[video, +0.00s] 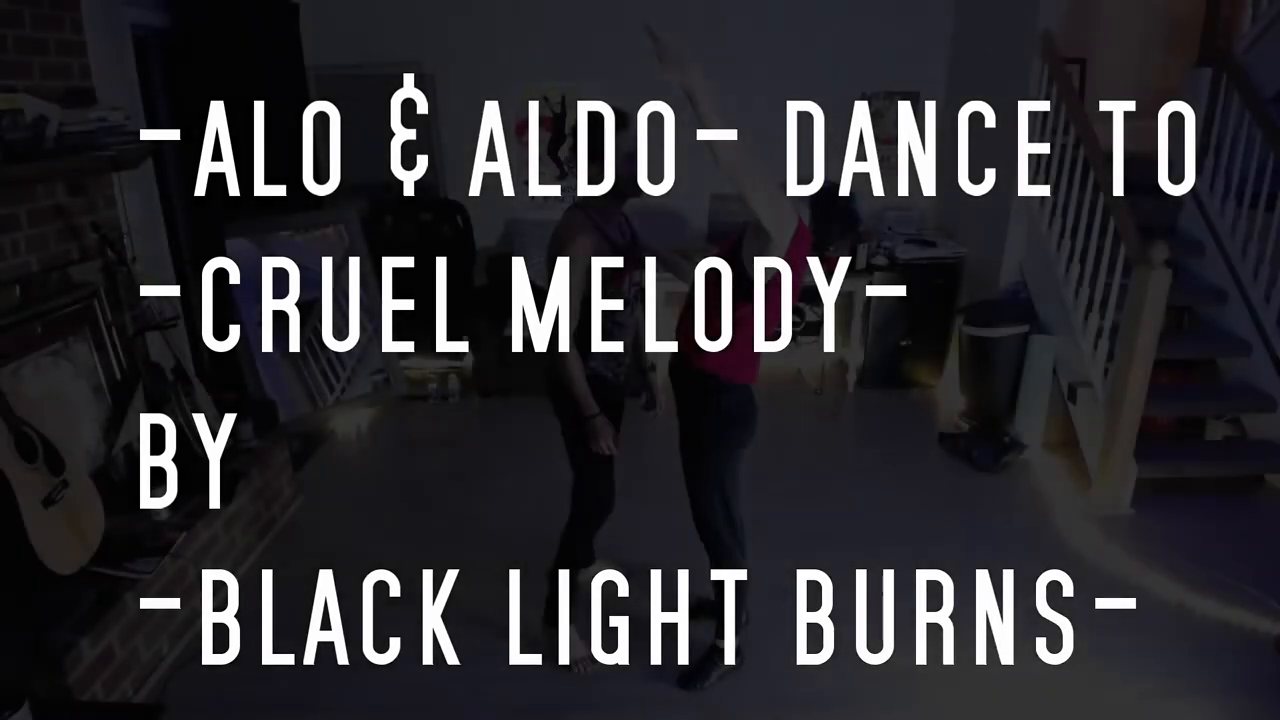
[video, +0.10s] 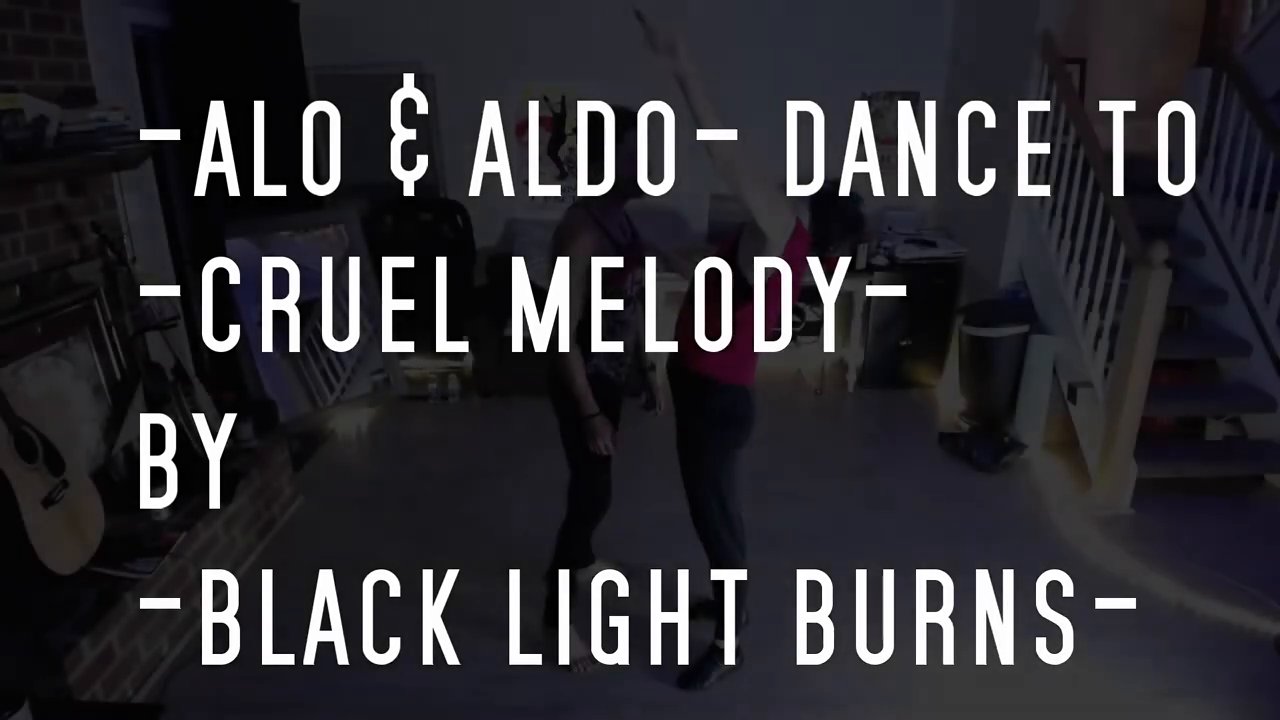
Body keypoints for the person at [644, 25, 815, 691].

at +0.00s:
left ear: (809, 214)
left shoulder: (782, 242)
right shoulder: (767, 245)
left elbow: (730, 157)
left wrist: (692, 84)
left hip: (720, 394)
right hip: (710, 390)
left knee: (713, 512)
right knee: (717, 511)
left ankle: (727, 638)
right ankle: (726, 629)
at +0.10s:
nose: (792, 193)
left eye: (804, 193)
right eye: (806, 191)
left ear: (809, 210)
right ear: (832, 232)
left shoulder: (781, 238)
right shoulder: (783, 249)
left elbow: (725, 152)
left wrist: (679, 66)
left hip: (717, 394)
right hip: (712, 390)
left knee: (710, 509)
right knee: (713, 506)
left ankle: (726, 640)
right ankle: (725, 627)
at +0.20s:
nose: (724, 211)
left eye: (732, 206)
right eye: (722, 208)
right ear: (735, 230)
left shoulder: (761, 258)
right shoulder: (729, 263)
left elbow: (716, 146)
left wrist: (672, 60)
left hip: (714, 398)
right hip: (711, 395)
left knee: (710, 512)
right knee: (712, 508)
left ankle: (728, 636)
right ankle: (726, 621)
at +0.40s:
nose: (719, 182)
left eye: (728, 177)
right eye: (720, 175)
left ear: (749, 192)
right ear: (767, 203)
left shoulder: (748, 240)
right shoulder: (748, 243)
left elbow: (704, 141)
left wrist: (664, 50)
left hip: (710, 400)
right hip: (711, 397)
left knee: (711, 517)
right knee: (715, 512)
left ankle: (725, 640)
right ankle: (727, 618)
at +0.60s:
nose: (748, 175)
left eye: (759, 177)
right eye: (756, 171)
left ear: (765, 202)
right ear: (771, 203)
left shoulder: (738, 253)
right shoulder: (750, 240)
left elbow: (668, 219)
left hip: (709, 405)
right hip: (712, 397)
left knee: (716, 520)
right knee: (716, 513)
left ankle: (729, 642)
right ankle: (729, 623)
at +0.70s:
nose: (715, 191)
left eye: (723, 184)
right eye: (720, 184)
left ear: (733, 191)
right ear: (770, 197)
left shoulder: (723, 258)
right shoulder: (762, 254)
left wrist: (649, 219)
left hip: (709, 405)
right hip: (723, 397)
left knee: (716, 518)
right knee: (719, 508)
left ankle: (727, 641)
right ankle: (731, 604)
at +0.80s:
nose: (701, 189)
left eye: (708, 183)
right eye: (705, 181)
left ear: (720, 190)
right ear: (757, 190)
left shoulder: (735, 260)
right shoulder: (748, 244)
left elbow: (653, 272)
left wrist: (635, 191)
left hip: (712, 408)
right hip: (717, 400)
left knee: (717, 519)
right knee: (718, 509)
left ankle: (727, 643)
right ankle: (727, 602)